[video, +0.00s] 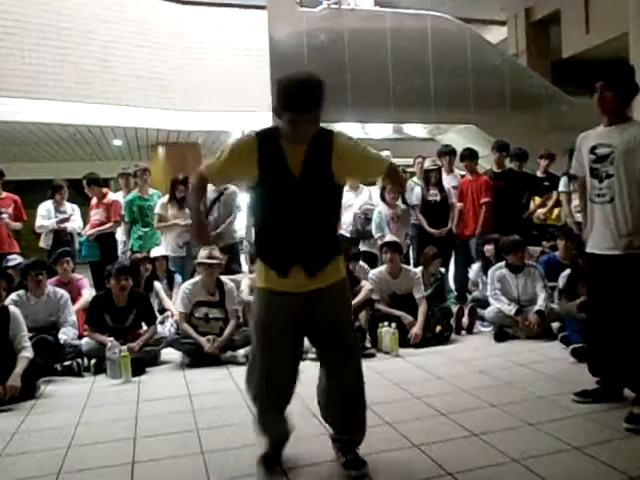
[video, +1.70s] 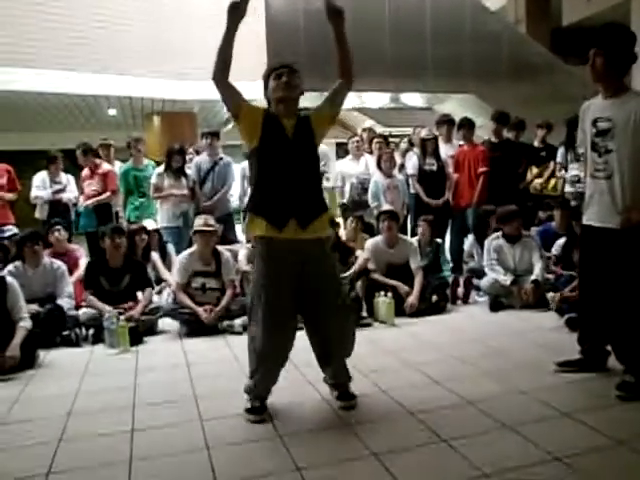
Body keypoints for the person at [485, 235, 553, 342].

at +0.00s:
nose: (521, 256)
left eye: (522, 252)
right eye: (516, 253)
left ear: (525, 252)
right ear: (506, 256)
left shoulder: (534, 269)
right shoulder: (495, 272)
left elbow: (543, 291)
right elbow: (494, 295)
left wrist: (539, 312)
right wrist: (516, 311)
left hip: (531, 307)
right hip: (509, 308)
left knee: (553, 311)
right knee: (491, 313)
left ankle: (513, 333)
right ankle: (538, 331)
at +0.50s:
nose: (531, 255)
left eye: (533, 251)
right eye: (526, 252)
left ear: (536, 251)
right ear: (517, 255)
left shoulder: (545, 268)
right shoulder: (506, 271)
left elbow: (553, 291)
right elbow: (505, 295)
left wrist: (549, 311)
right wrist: (526, 311)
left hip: (541, 306)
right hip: (519, 307)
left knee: (564, 310)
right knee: (501, 313)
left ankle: (523, 332)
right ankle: (547, 331)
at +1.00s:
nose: (523, 254)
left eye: (524, 250)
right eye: (518, 251)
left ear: (527, 251)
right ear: (508, 254)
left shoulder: (535, 268)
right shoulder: (497, 270)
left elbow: (544, 290)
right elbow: (495, 292)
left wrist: (540, 310)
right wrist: (516, 309)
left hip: (531, 305)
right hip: (509, 305)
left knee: (554, 309)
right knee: (491, 311)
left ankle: (513, 330)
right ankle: (536, 329)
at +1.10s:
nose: (517, 254)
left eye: (519, 250)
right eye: (512, 252)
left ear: (522, 251)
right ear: (503, 254)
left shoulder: (531, 268)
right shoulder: (492, 270)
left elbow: (539, 290)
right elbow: (490, 292)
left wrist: (534, 310)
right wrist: (511, 309)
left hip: (526, 304)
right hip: (505, 304)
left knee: (550, 309)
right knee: (487, 311)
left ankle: (508, 330)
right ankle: (531, 329)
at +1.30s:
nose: (511, 230)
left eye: (512, 227)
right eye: (506, 228)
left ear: (515, 227)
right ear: (498, 230)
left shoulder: (523, 244)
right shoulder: (487, 245)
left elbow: (533, 267)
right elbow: (485, 270)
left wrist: (527, 286)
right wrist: (505, 284)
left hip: (520, 280)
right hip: (499, 281)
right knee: (483, 287)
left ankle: (501, 306)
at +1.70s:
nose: (517, 226)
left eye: (518, 222)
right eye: (512, 223)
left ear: (521, 223)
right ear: (502, 226)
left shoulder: (530, 241)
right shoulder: (492, 242)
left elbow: (538, 262)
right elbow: (490, 265)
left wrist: (535, 280)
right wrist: (509, 280)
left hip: (526, 277)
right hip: (504, 277)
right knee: (487, 284)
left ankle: (507, 302)